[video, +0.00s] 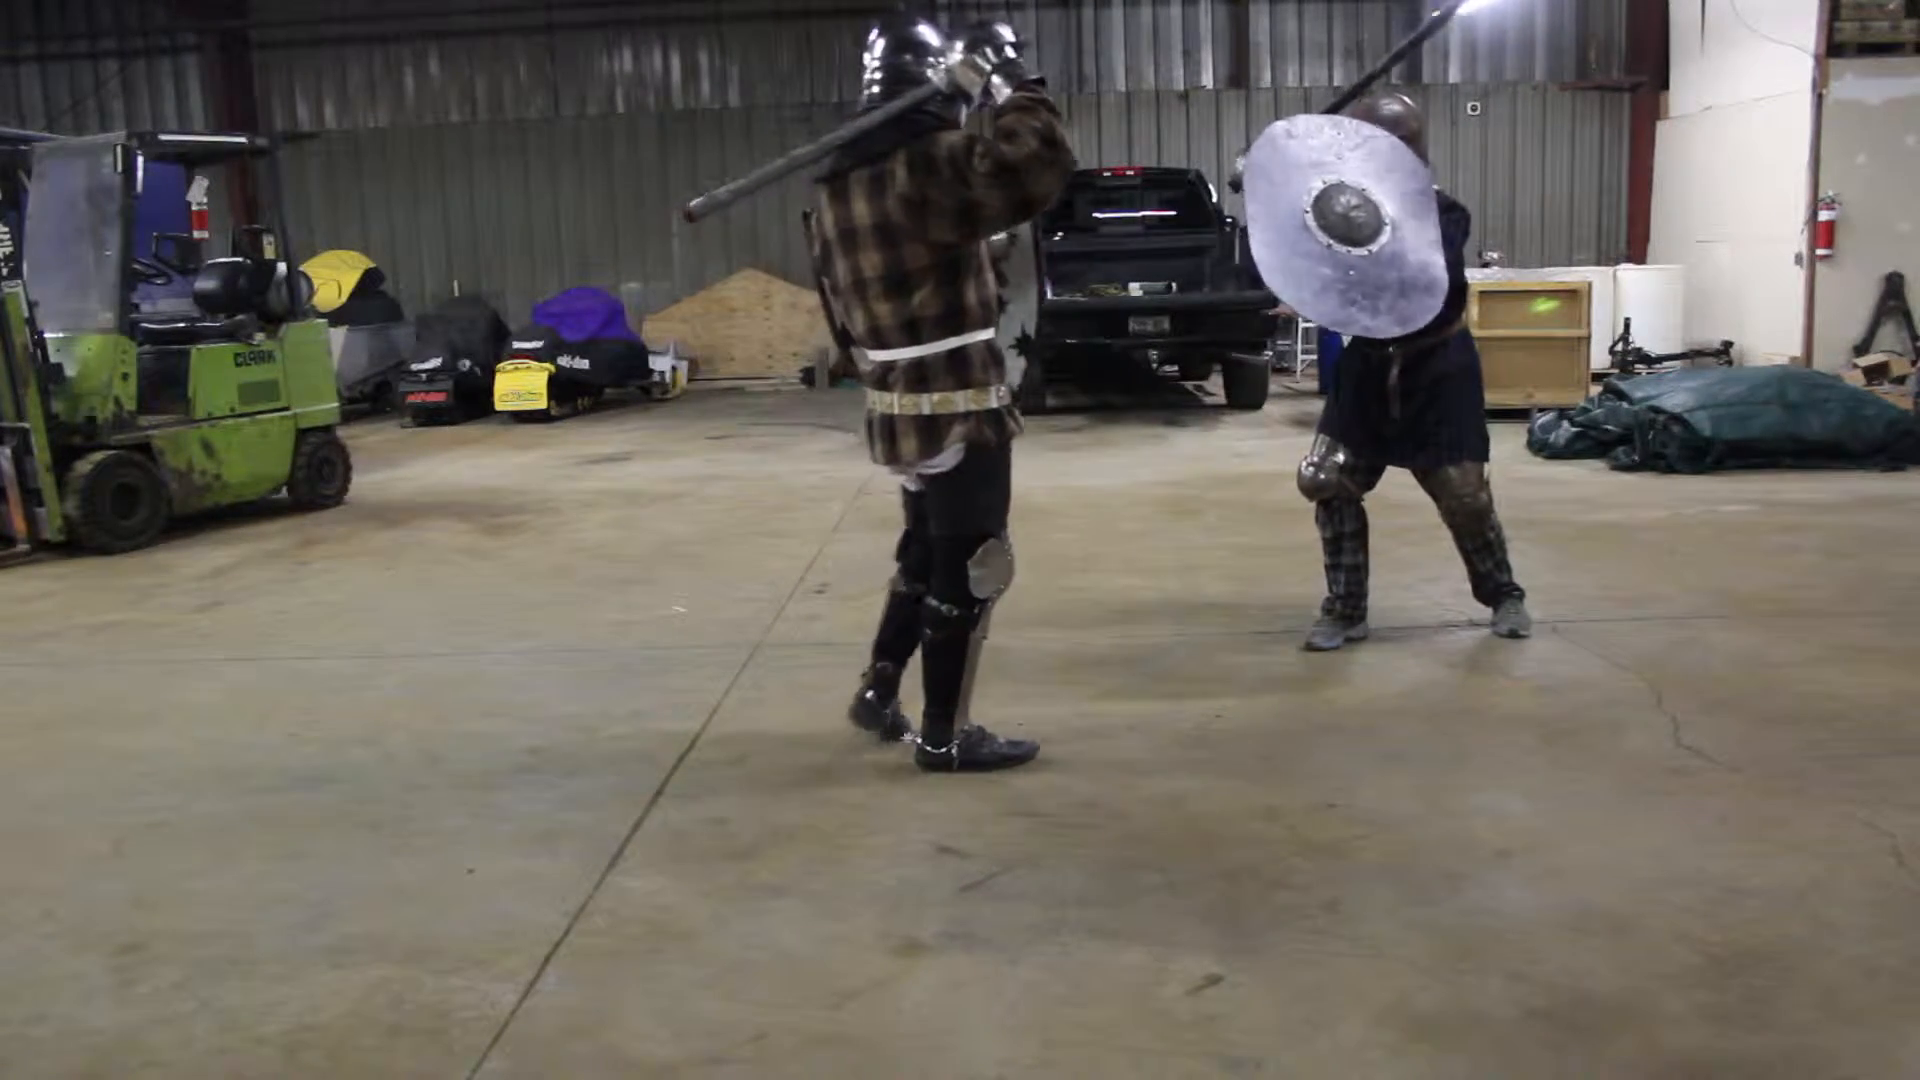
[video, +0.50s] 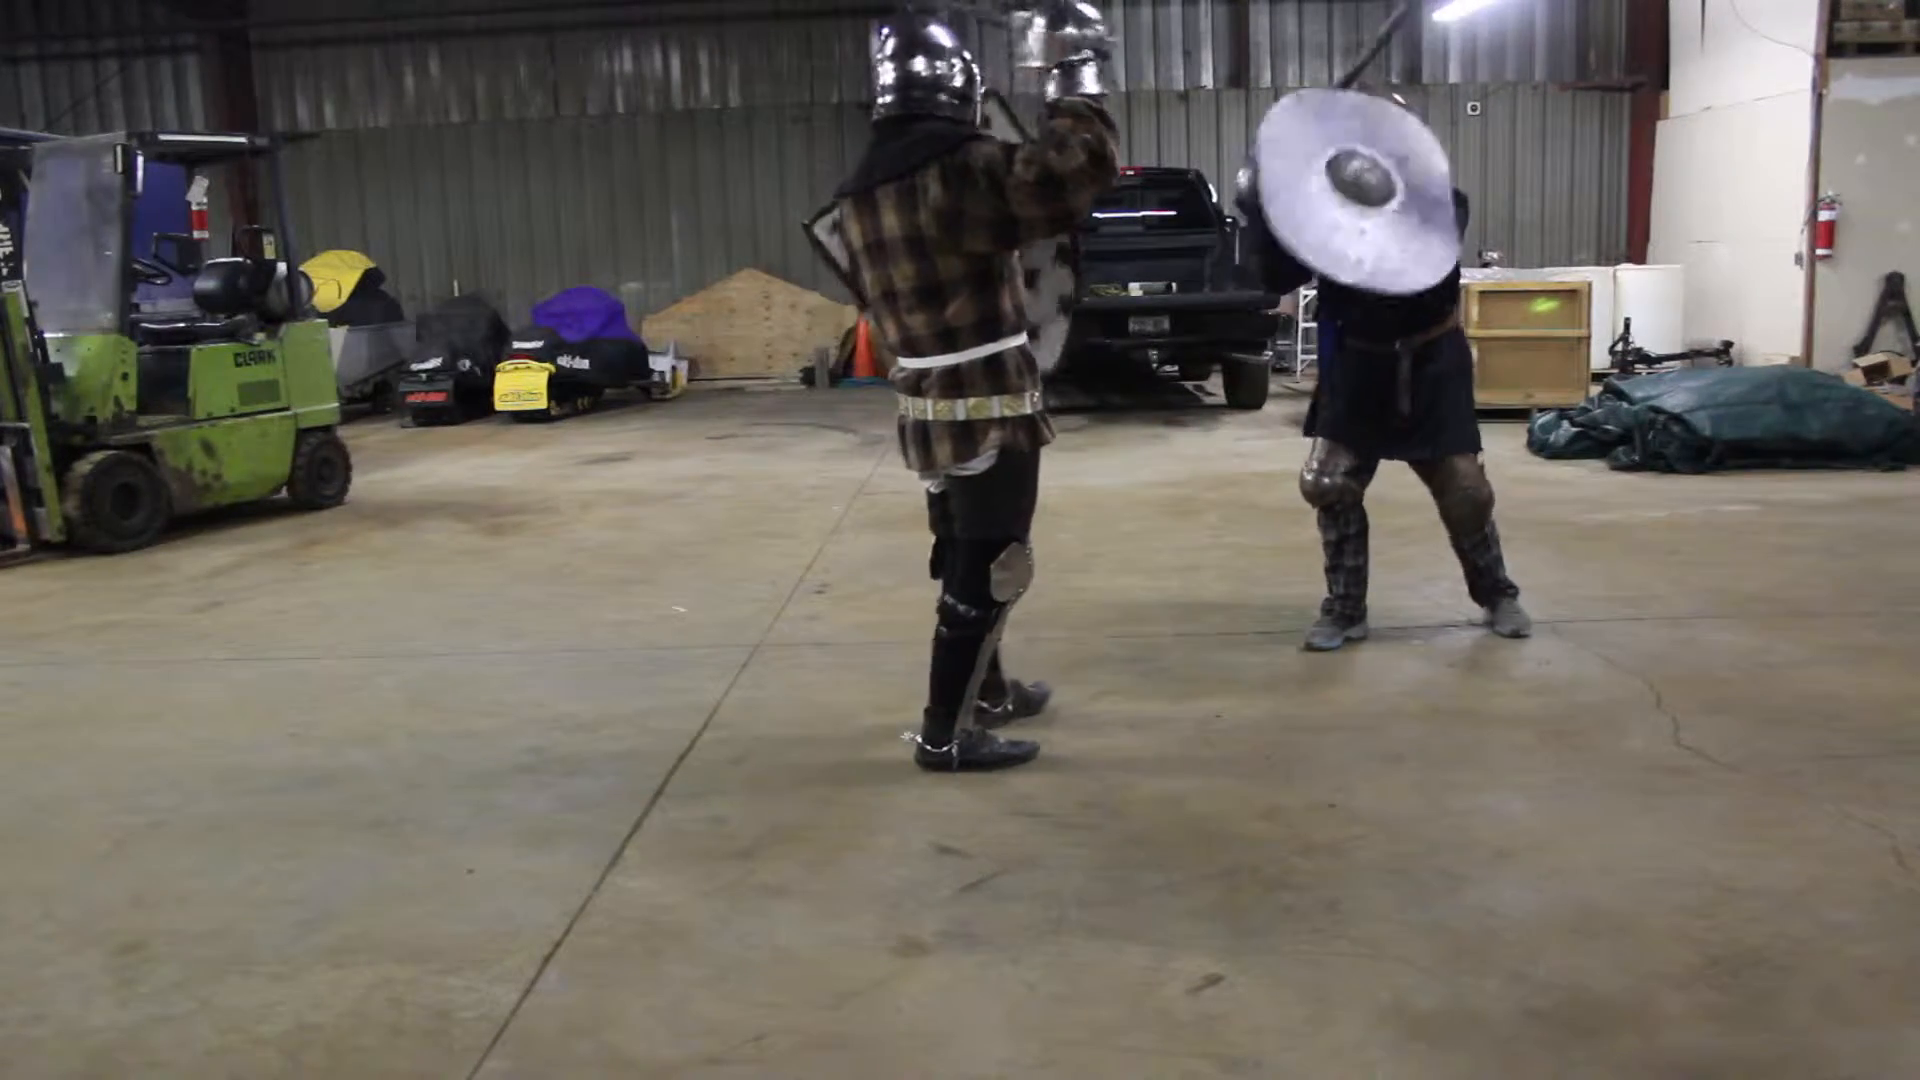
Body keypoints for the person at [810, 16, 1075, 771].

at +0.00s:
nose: (954, 101)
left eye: (952, 86)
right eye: (949, 85)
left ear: (870, 86)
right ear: (929, 86)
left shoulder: (835, 181)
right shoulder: (931, 163)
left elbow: (837, 304)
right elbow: (1035, 157)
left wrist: (868, 366)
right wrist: (1014, 84)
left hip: (901, 407)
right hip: (963, 408)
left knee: (925, 549)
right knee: (967, 568)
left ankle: (878, 691)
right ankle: (946, 732)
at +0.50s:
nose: (975, 97)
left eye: (970, 85)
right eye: (969, 84)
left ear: (886, 92)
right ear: (957, 86)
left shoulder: (863, 193)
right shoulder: (968, 169)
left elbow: (873, 297)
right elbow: (1074, 173)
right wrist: (1076, 78)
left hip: (927, 408)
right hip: (991, 408)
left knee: (965, 554)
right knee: (984, 573)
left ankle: (987, 688)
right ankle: (946, 732)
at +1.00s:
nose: (998, 105)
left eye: (990, 92)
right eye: (990, 92)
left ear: (909, 102)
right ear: (980, 96)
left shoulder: (886, 191)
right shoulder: (994, 181)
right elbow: (1108, 238)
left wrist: (1081, 184)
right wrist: (1135, 175)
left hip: (931, 412)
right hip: (997, 415)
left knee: (988, 545)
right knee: (1006, 575)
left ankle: (987, 676)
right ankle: (948, 731)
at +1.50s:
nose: (1023, 123)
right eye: (1019, 111)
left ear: (942, 115)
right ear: (1014, 114)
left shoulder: (918, 196)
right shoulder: (1014, 198)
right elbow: (1127, 262)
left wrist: (1100, 202)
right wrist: (1155, 201)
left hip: (935, 419)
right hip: (995, 423)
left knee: (999, 549)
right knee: (1057, 573)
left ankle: (1009, 671)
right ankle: (955, 718)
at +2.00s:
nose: (1023, 128)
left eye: (1017, 116)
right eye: (1018, 116)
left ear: (940, 117)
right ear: (1010, 118)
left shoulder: (912, 198)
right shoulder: (1013, 197)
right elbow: (1118, 278)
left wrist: (1092, 222)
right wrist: (1151, 218)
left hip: (936, 427)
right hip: (998, 430)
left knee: (996, 553)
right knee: (1046, 590)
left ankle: (1011, 675)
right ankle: (959, 733)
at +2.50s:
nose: (1025, 126)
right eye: (1020, 114)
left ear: (942, 116)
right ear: (1015, 117)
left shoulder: (911, 206)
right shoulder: (1019, 201)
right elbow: (1126, 273)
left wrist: (1082, 204)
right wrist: (1150, 210)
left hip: (939, 426)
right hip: (1006, 430)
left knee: (994, 556)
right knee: (1046, 587)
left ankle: (1010, 676)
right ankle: (958, 732)